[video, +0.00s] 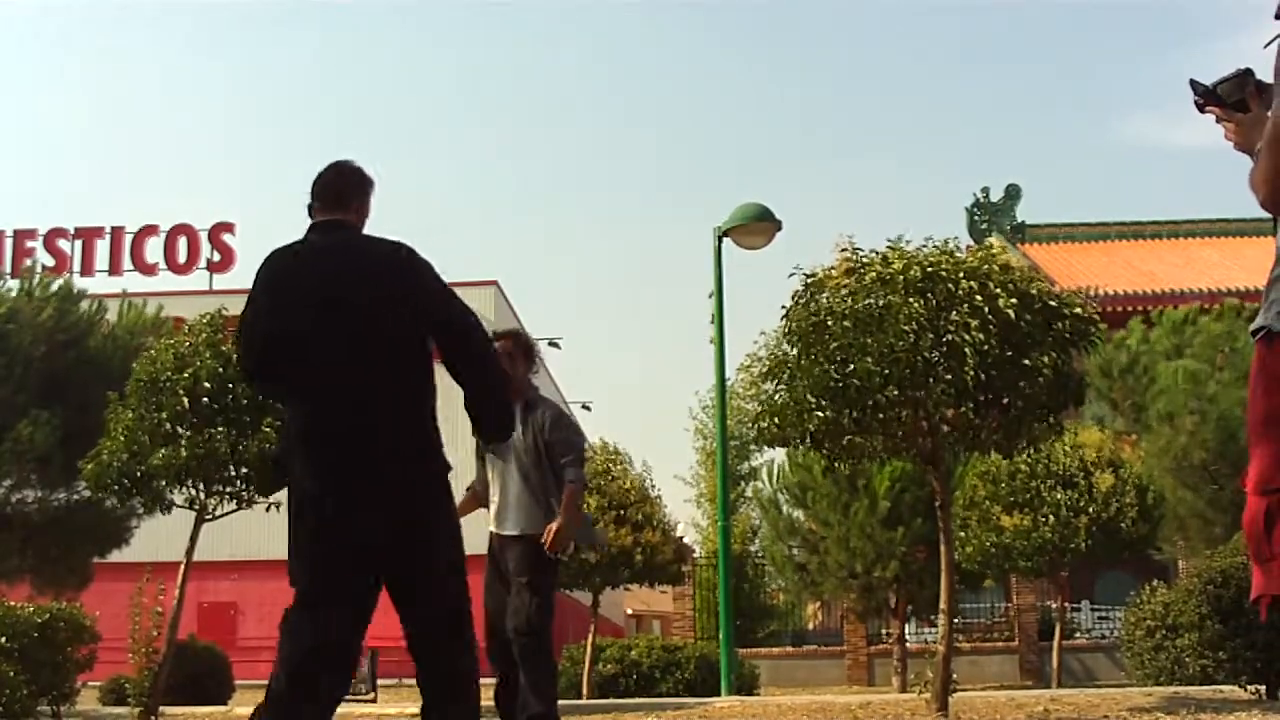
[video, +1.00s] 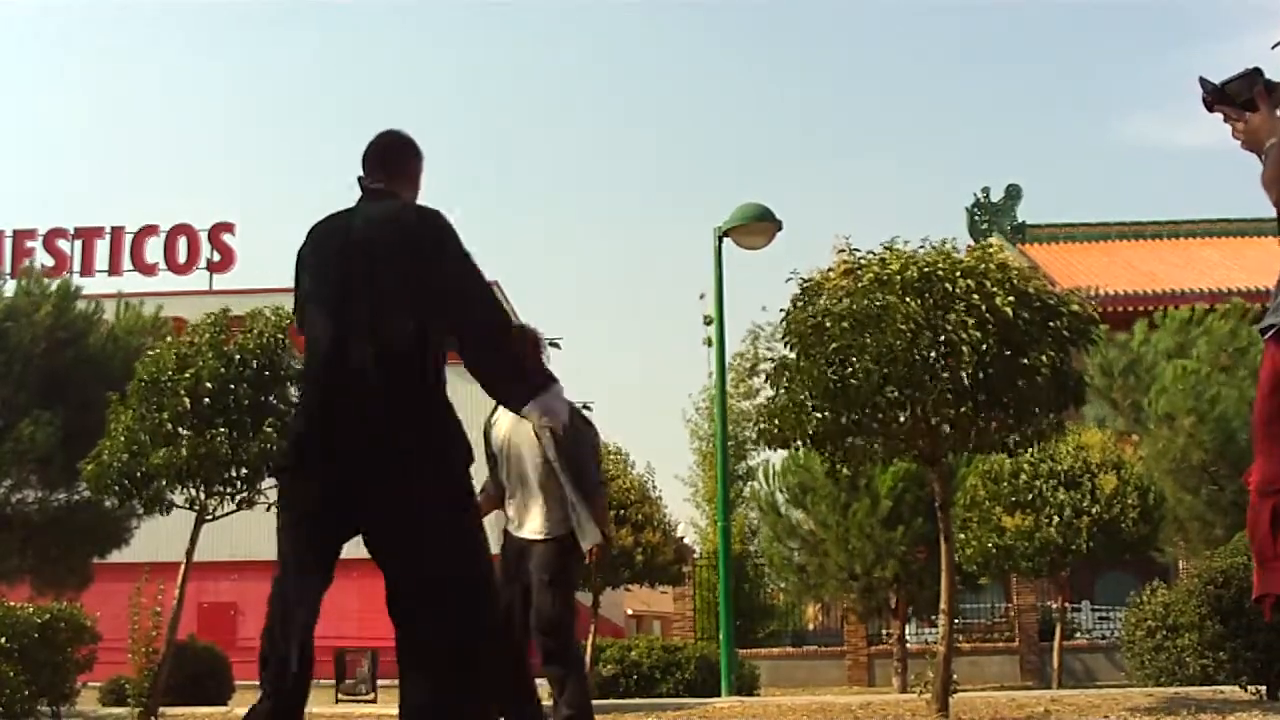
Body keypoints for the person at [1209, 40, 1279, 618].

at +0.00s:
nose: (1226, 136)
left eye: (1228, 123)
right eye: (1222, 126)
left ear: (1259, 110)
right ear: (1256, 109)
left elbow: (1266, 192)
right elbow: (1267, 192)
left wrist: (1266, 124)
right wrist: (1268, 121)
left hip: (1272, 320)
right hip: (1269, 318)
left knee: (1266, 482)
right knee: (1263, 482)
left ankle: (1267, 599)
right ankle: (1265, 599)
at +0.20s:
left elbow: (1266, 193)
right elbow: (1269, 194)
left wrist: (1264, 131)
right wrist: (1263, 135)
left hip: (1273, 315)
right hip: (1270, 313)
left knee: (1266, 481)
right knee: (1264, 480)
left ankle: (1267, 594)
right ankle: (1265, 595)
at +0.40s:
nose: (1230, 136)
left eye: (1229, 123)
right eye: (1225, 126)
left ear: (1256, 102)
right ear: (1259, 100)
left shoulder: (1278, 135)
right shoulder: (1273, 143)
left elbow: (1269, 192)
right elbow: (1270, 193)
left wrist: (1264, 137)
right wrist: (1265, 140)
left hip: (1275, 322)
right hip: (1273, 321)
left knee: (1268, 475)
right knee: (1267, 474)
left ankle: (1269, 596)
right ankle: (1268, 596)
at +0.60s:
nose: (1231, 138)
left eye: (1232, 124)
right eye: (1226, 127)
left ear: (1263, 104)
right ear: (1263, 105)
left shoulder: (1278, 148)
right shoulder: (1273, 157)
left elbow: (1272, 194)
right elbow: (1273, 196)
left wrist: (1269, 136)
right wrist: (1272, 132)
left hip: (1275, 333)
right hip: (1272, 332)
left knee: (1269, 476)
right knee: (1267, 475)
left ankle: (1271, 592)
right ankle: (1269, 591)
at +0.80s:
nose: (1231, 133)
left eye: (1233, 122)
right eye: (1226, 124)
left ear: (1261, 107)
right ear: (1263, 106)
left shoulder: (1274, 162)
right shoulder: (1270, 166)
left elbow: (1272, 191)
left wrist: (1267, 143)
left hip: (1273, 335)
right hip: (1271, 334)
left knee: (1267, 476)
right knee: (1265, 475)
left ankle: (1269, 592)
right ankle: (1268, 592)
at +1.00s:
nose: (1232, 133)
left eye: (1234, 120)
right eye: (1227, 123)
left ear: (1263, 106)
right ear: (1265, 105)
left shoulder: (1276, 160)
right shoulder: (1272, 164)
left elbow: (1275, 199)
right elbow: (1275, 200)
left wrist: (1269, 144)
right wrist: (1270, 143)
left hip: (1274, 337)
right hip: (1272, 335)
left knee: (1267, 479)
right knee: (1266, 478)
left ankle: (1270, 594)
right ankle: (1269, 593)